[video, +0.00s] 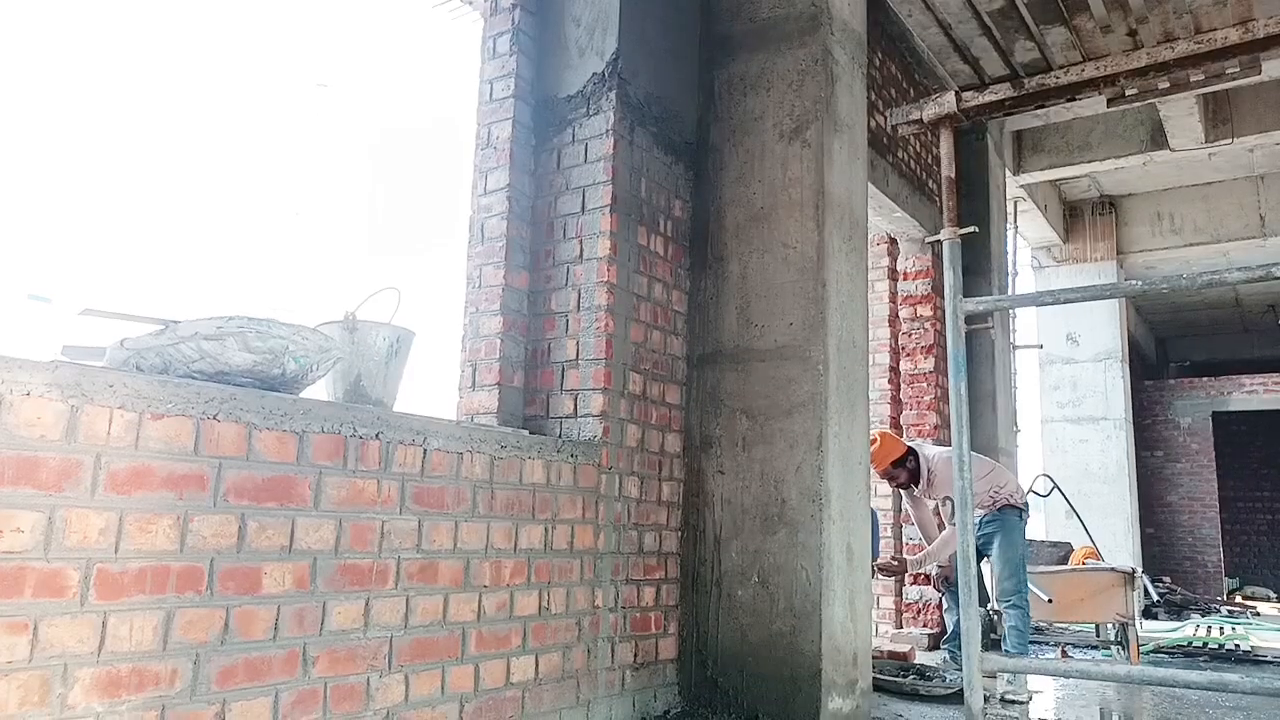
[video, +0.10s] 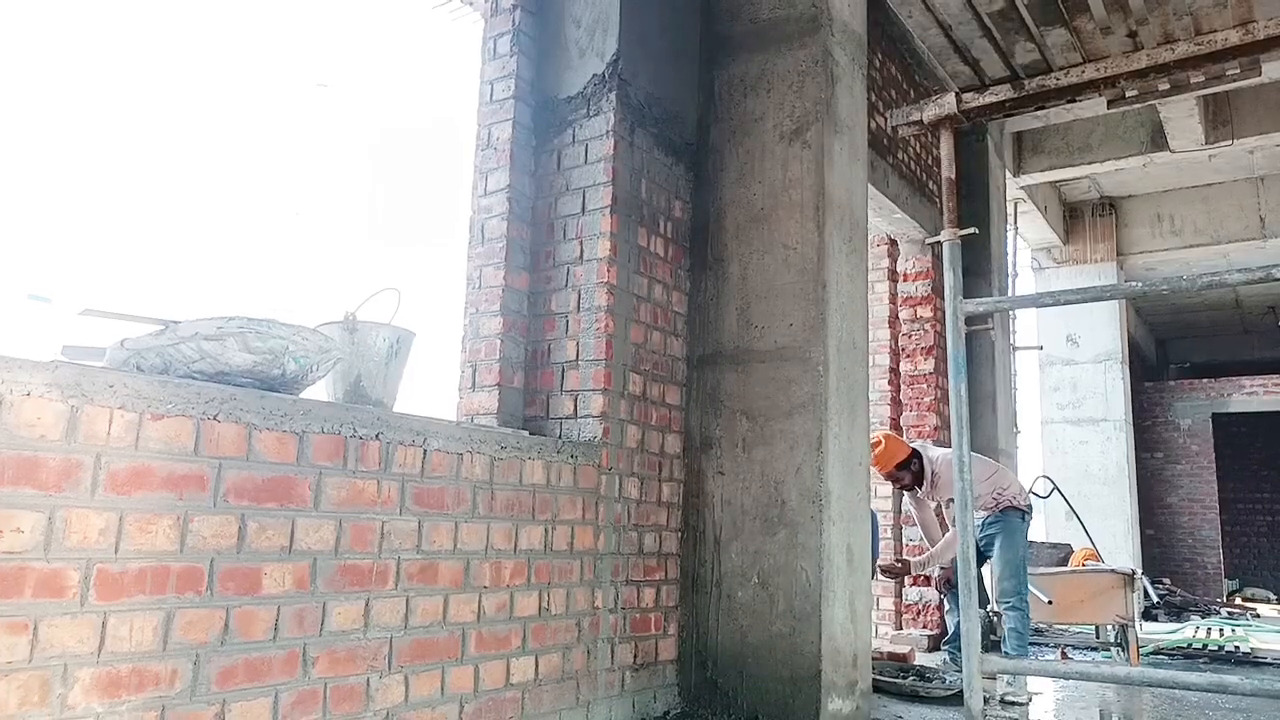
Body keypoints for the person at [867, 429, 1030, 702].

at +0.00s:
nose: (892, 484)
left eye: (893, 476)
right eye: (886, 479)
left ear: (909, 461)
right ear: (884, 474)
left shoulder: (942, 464)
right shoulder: (906, 479)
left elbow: (957, 529)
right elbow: (925, 520)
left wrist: (913, 564)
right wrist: (943, 561)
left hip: (1004, 508)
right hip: (969, 518)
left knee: (1008, 592)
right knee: (950, 580)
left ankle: (1015, 671)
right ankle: (958, 660)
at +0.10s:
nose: (897, 485)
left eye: (897, 478)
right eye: (890, 481)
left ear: (912, 463)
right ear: (888, 475)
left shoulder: (945, 467)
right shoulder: (909, 480)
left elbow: (961, 530)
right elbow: (927, 522)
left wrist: (916, 565)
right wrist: (943, 563)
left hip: (1008, 510)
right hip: (973, 518)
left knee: (1009, 596)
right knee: (952, 582)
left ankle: (1015, 677)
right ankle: (958, 663)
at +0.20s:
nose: (895, 485)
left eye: (896, 478)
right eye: (889, 481)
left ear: (910, 463)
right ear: (888, 475)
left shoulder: (945, 466)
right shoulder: (909, 480)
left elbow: (961, 530)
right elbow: (927, 522)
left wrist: (915, 565)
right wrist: (943, 563)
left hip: (1007, 509)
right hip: (973, 517)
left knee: (1008, 595)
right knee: (951, 581)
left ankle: (1015, 676)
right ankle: (958, 662)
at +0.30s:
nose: (894, 485)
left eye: (895, 478)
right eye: (888, 481)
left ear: (910, 463)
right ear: (887, 475)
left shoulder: (945, 466)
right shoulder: (908, 480)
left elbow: (961, 529)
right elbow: (926, 521)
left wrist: (915, 565)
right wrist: (944, 562)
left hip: (1006, 509)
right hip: (972, 517)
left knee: (1008, 595)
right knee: (951, 581)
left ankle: (1015, 676)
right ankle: (958, 662)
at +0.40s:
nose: (893, 487)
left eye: (894, 479)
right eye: (887, 482)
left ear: (910, 464)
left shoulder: (944, 467)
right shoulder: (908, 481)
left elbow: (961, 530)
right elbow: (926, 522)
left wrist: (914, 566)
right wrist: (943, 563)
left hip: (1005, 510)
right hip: (970, 518)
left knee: (1007, 595)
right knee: (951, 583)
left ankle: (1015, 676)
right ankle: (957, 663)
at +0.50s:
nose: (893, 487)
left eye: (894, 480)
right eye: (887, 483)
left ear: (909, 464)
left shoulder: (944, 466)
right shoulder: (907, 481)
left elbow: (960, 531)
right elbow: (926, 522)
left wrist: (915, 566)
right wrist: (944, 563)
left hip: (1004, 512)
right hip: (967, 520)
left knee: (1016, 596)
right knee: (952, 586)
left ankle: (1017, 672)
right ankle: (958, 662)